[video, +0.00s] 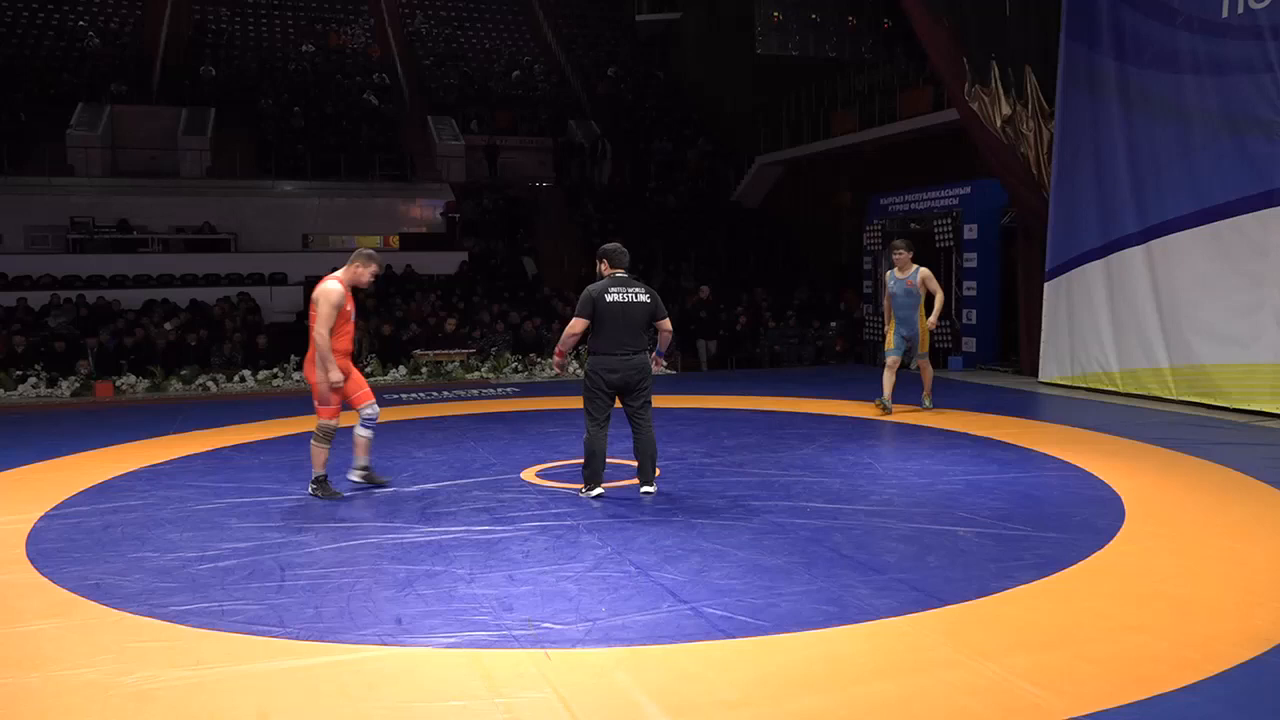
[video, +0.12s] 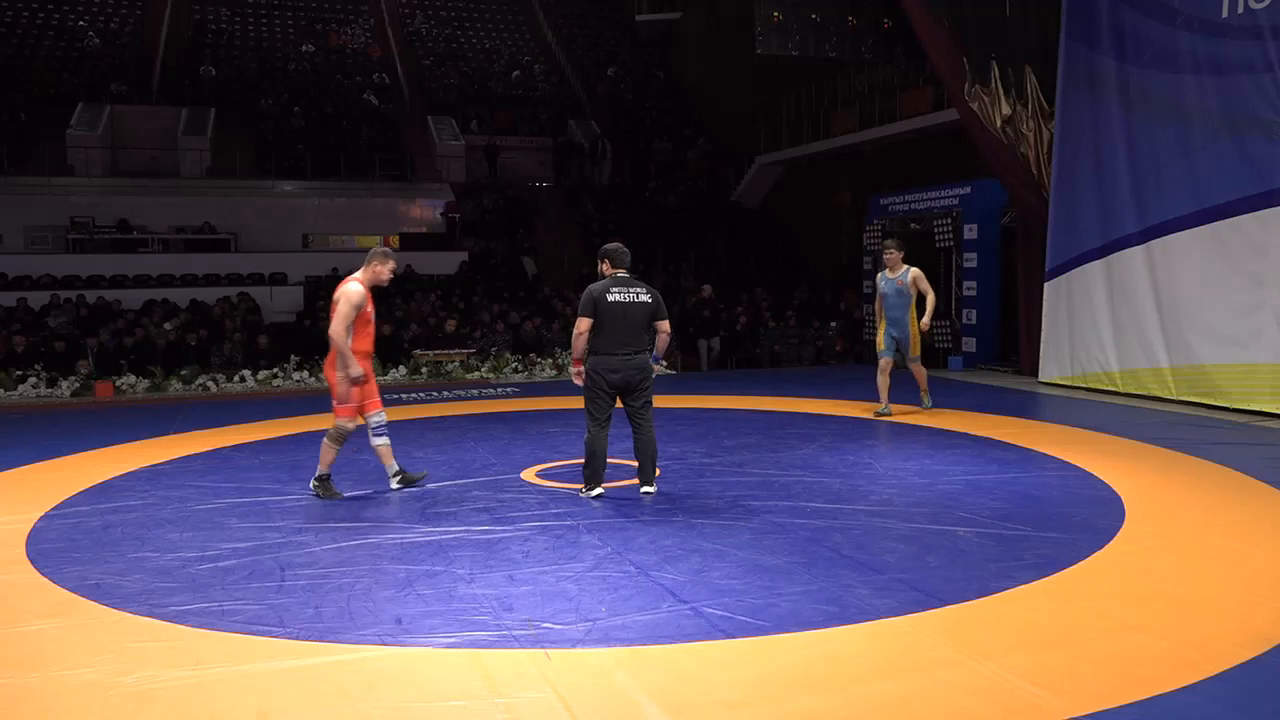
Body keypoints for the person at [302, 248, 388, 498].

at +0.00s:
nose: (371, 281)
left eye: (374, 276)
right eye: (371, 275)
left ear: (357, 268)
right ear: (357, 267)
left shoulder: (342, 288)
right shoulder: (332, 289)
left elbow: (332, 332)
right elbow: (319, 333)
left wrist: (343, 365)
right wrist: (331, 370)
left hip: (342, 364)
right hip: (323, 366)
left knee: (370, 412)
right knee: (327, 424)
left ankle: (361, 470)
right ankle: (318, 479)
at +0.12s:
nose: (391, 276)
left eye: (393, 272)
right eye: (390, 271)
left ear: (375, 267)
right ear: (374, 266)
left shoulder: (362, 289)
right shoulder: (354, 291)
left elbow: (349, 331)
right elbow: (336, 331)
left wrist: (359, 361)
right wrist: (352, 364)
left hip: (362, 366)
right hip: (345, 367)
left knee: (377, 420)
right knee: (344, 424)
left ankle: (395, 475)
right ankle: (320, 478)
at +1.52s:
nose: (555, 289)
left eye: (555, 284)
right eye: (555, 284)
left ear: (536, 278)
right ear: (547, 281)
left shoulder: (515, 292)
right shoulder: (526, 298)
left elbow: (515, 336)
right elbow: (519, 337)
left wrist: (544, 354)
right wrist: (545, 353)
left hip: (478, 359)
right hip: (488, 360)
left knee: (505, 412)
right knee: (522, 409)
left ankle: (504, 465)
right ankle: (514, 466)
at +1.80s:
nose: (564, 319)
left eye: (566, 315)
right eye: (565, 314)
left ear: (549, 305)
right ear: (558, 309)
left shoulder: (532, 314)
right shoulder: (546, 320)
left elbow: (523, 358)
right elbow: (544, 360)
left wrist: (515, 382)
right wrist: (550, 375)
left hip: (478, 361)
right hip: (490, 363)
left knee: (505, 414)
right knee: (517, 418)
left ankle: (505, 462)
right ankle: (527, 476)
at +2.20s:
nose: (577, 327)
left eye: (579, 323)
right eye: (577, 322)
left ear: (558, 312)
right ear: (569, 316)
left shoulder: (542, 321)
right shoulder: (558, 328)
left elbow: (532, 364)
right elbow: (563, 372)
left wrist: (519, 386)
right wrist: (574, 370)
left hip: (483, 361)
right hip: (499, 363)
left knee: (510, 414)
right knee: (524, 417)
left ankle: (507, 463)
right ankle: (530, 475)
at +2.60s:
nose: (576, 326)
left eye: (578, 322)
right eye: (578, 321)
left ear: (557, 311)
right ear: (572, 317)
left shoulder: (541, 322)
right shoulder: (559, 328)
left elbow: (531, 369)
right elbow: (572, 367)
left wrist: (520, 391)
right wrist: (587, 361)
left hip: (482, 363)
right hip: (500, 363)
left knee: (511, 414)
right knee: (523, 418)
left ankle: (507, 463)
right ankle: (530, 477)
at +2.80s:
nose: (580, 324)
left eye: (581, 319)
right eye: (581, 318)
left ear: (562, 311)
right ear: (572, 313)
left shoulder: (545, 322)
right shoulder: (561, 327)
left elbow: (534, 368)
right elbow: (581, 363)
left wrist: (523, 392)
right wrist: (599, 355)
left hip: (487, 362)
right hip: (502, 363)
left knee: (515, 414)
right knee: (526, 418)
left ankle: (510, 464)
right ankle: (532, 476)